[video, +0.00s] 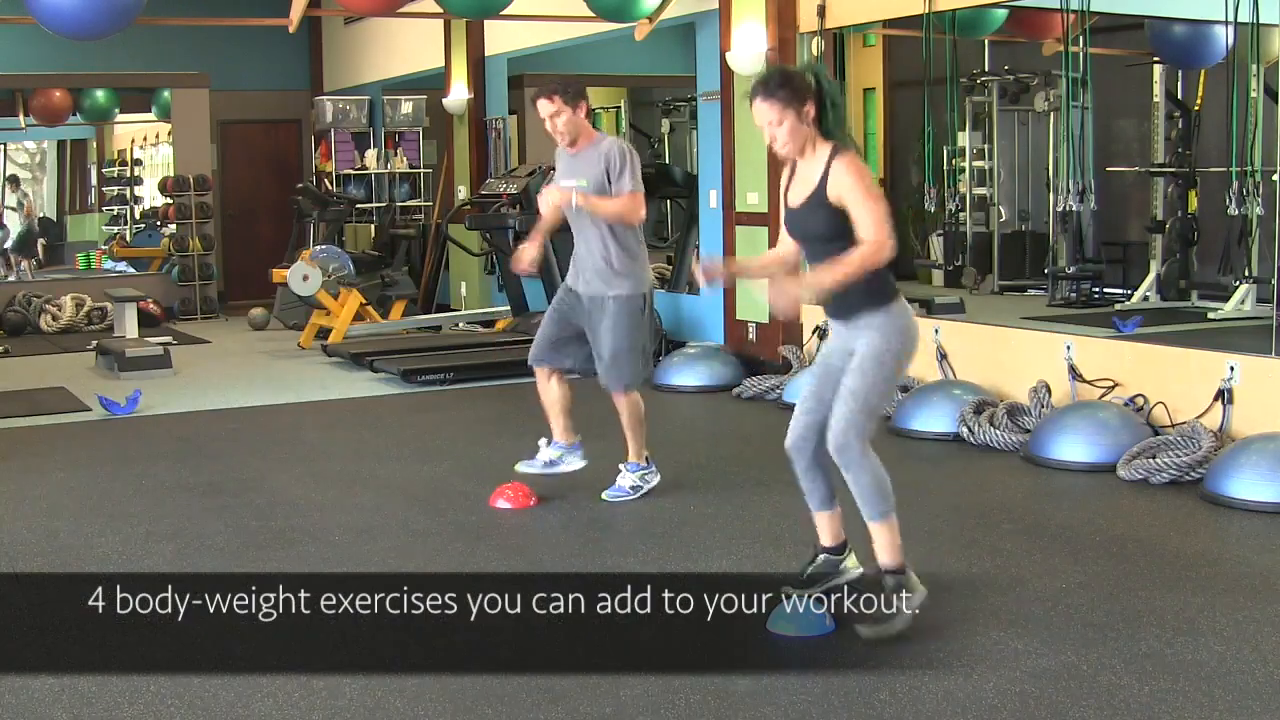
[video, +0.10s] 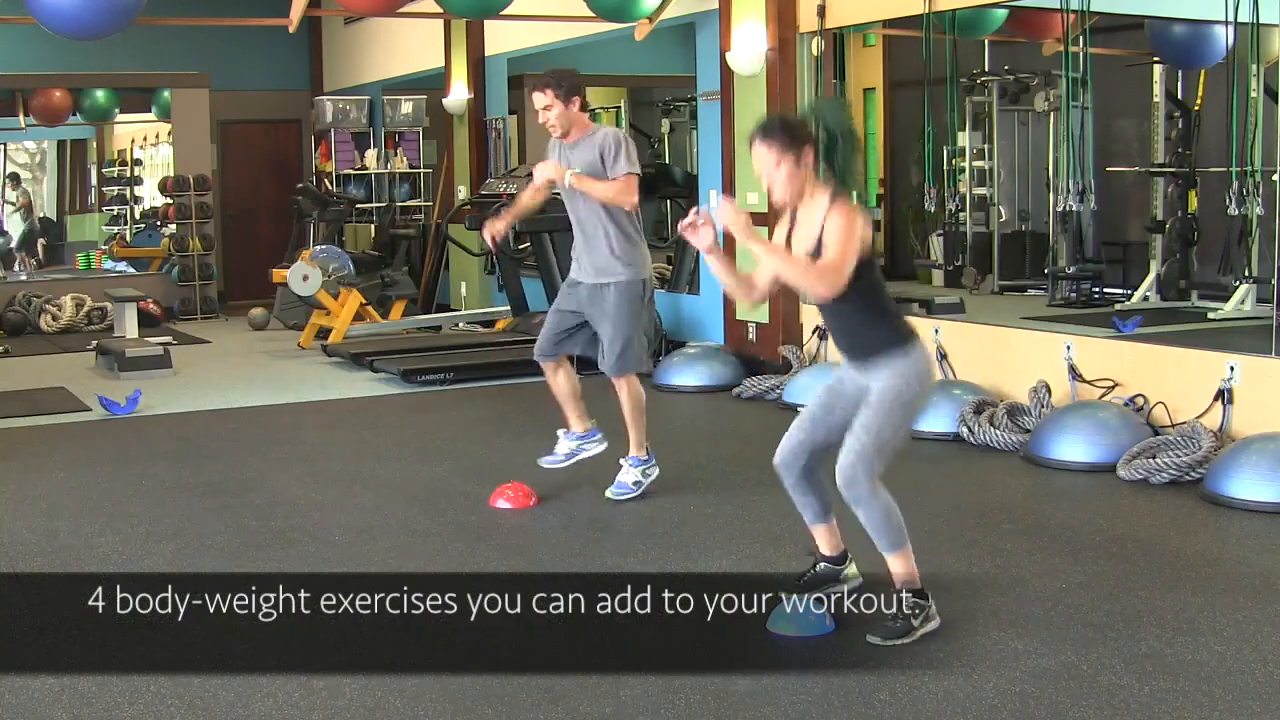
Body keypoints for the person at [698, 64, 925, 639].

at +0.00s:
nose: (768, 138)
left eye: (773, 125)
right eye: (763, 128)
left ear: (807, 112)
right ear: (771, 123)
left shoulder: (844, 167)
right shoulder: (793, 175)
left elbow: (881, 244)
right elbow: (789, 254)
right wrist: (729, 270)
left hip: (883, 326)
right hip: (842, 331)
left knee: (846, 440)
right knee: (802, 443)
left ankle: (897, 580)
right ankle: (834, 555)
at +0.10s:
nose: (765, 181)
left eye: (770, 168)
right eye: (761, 170)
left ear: (803, 159)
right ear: (779, 167)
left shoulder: (844, 213)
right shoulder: (788, 221)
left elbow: (825, 284)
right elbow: (750, 294)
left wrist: (749, 237)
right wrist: (711, 252)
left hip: (900, 363)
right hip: (853, 367)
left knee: (856, 472)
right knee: (792, 459)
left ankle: (913, 595)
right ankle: (835, 562)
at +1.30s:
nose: (805, 133)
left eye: (811, 121)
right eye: (799, 123)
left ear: (846, 110)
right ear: (816, 118)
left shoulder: (884, 169)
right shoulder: (844, 168)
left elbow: (927, 254)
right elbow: (870, 255)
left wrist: (933, 341)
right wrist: (865, 326)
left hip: (909, 338)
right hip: (867, 335)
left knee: (893, 463)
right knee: (799, 420)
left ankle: (928, 594)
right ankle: (816, 547)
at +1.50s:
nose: (787, 166)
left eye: (791, 153)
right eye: (783, 157)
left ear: (827, 139)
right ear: (813, 145)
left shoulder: (880, 192)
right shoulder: (817, 194)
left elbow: (856, 282)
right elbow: (783, 272)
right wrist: (717, 269)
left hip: (919, 350)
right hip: (871, 349)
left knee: (880, 463)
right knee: (816, 452)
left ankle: (918, 595)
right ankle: (832, 562)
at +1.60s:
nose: (777, 222)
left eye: (785, 210)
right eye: (772, 212)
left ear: (821, 203)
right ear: (772, 210)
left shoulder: (865, 255)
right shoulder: (792, 262)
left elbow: (809, 325)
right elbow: (740, 322)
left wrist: (759, 258)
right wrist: (710, 270)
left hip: (928, 390)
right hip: (875, 387)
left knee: (866, 475)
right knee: (803, 462)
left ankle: (915, 597)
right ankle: (838, 566)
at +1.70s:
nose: (770, 285)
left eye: (780, 273)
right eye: (767, 275)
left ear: (811, 271)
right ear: (765, 278)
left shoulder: (851, 321)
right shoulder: (789, 319)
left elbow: (787, 379)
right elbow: (726, 375)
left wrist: (754, 311)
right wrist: (715, 309)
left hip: (938, 424)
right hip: (880, 422)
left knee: (863, 478)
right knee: (797, 463)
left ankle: (915, 599)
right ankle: (837, 567)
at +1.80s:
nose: (764, 335)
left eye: (771, 323)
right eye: (760, 324)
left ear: (805, 317)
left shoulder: (848, 361)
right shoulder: (783, 364)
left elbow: (791, 431)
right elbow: (725, 416)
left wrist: (751, 363)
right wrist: (712, 354)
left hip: (943, 449)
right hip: (883, 448)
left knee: (863, 480)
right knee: (794, 463)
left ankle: (914, 599)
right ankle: (836, 567)